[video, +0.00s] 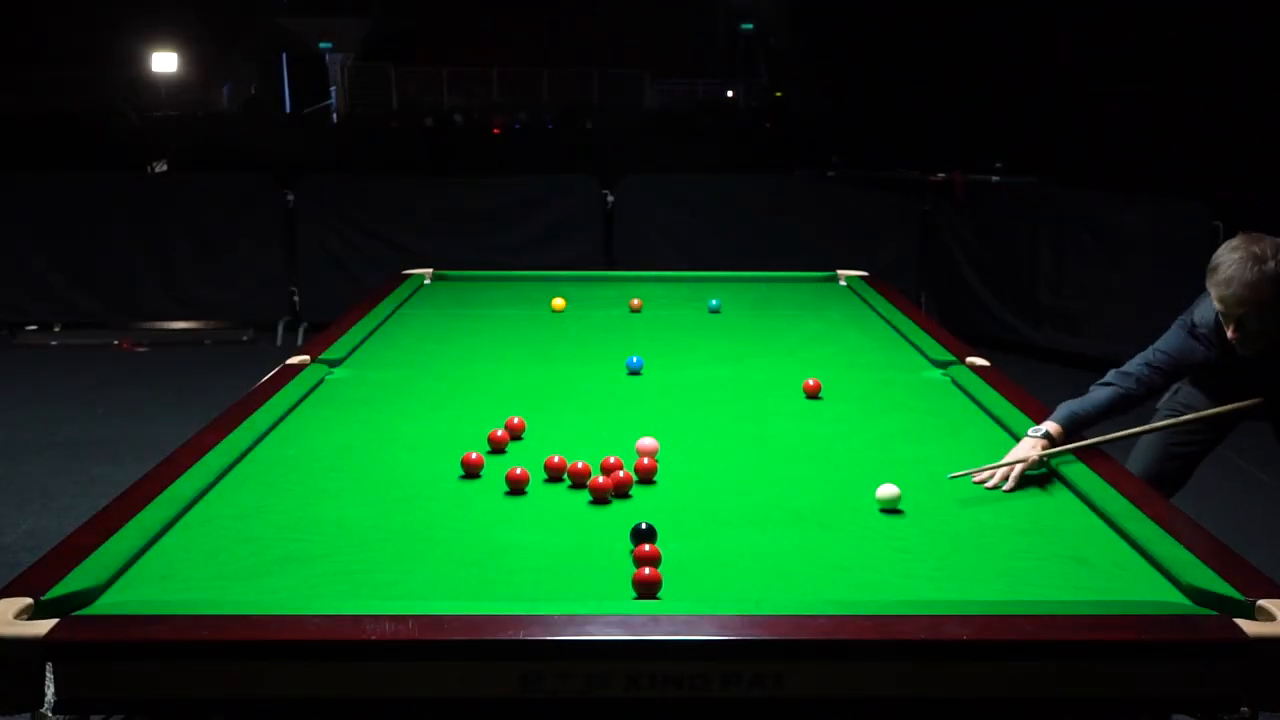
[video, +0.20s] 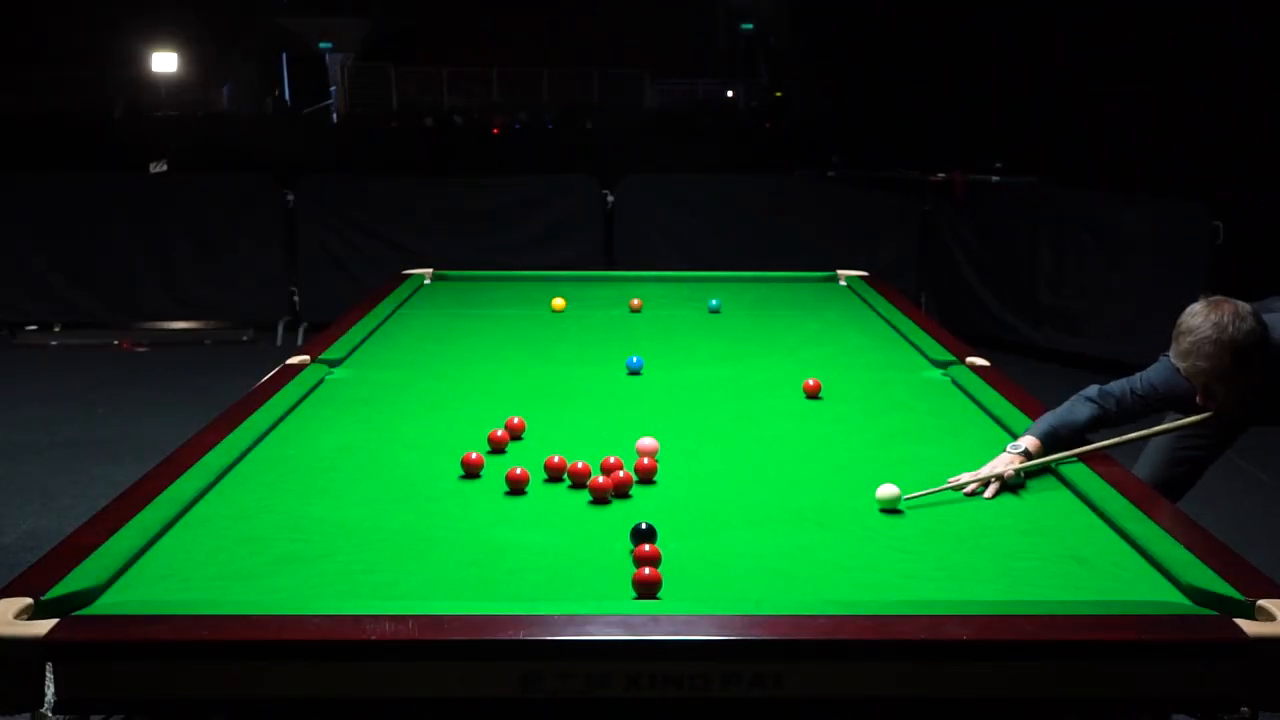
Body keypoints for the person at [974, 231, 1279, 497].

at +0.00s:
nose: (1231, 333)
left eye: (1244, 323)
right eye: (1224, 317)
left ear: (1271, 312)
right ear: (1215, 301)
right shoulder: (1206, 321)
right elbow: (1134, 376)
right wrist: (1046, 432)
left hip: (1270, 389)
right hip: (1219, 381)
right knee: (1142, 478)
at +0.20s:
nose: (1200, 400)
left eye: (1212, 388)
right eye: (1192, 385)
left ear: (1247, 370)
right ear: (1184, 365)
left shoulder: (1275, 340)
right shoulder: (1191, 363)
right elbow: (1104, 399)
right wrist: (1021, 450)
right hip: (1230, 397)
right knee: (1150, 482)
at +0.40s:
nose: (1198, 402)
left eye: (1210, 391)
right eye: (1190, 387)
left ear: (1246, 374)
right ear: (1183, 367)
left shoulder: (1275, 344)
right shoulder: (1189, 366)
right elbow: (1102, 400)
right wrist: (1021, 450)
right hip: (1231, 399)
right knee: (1151, 483)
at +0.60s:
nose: (1198, 402)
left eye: (1210, 391)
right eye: (1190, 386)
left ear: (1246, 374)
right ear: (1182, 366)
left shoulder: (1274, 345)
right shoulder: (1186, 367)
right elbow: (1101, 400)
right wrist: (1021, 450)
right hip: (1233, 398)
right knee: (1153, 483)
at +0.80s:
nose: (1195, 400)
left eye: (1207, 390)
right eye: (1188, 385)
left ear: (1243, 373)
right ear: (1179, 367)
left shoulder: (1273, 345)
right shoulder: (1180, 367)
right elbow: (1098, 401)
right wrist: (1021, 450)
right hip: (1230, 401)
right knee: (1152, 485)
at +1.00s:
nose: (1261, 219)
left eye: (1274, 204)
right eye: (1253, 203)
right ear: (1244, 196)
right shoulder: (1222, 247)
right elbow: (1147, 331)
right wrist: (1073, 424)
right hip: (1237, 390)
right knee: (1170, 513)